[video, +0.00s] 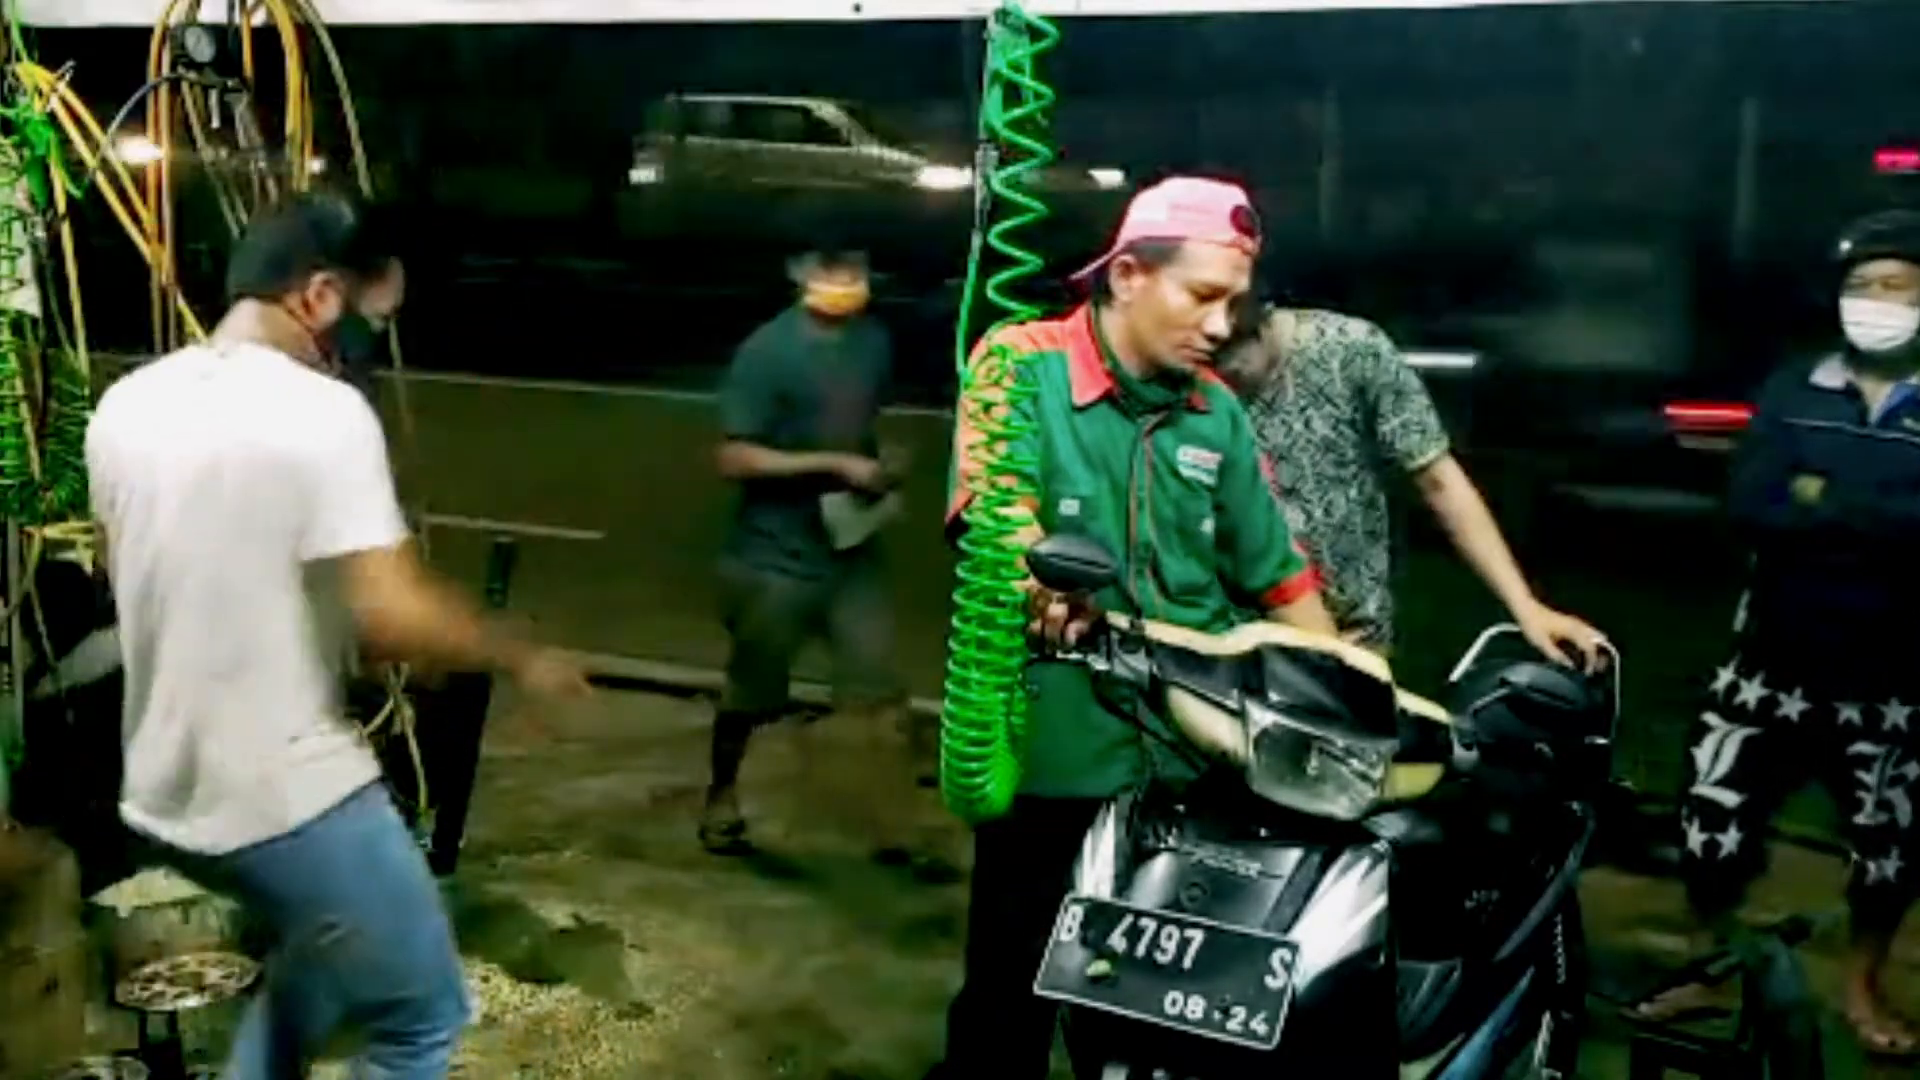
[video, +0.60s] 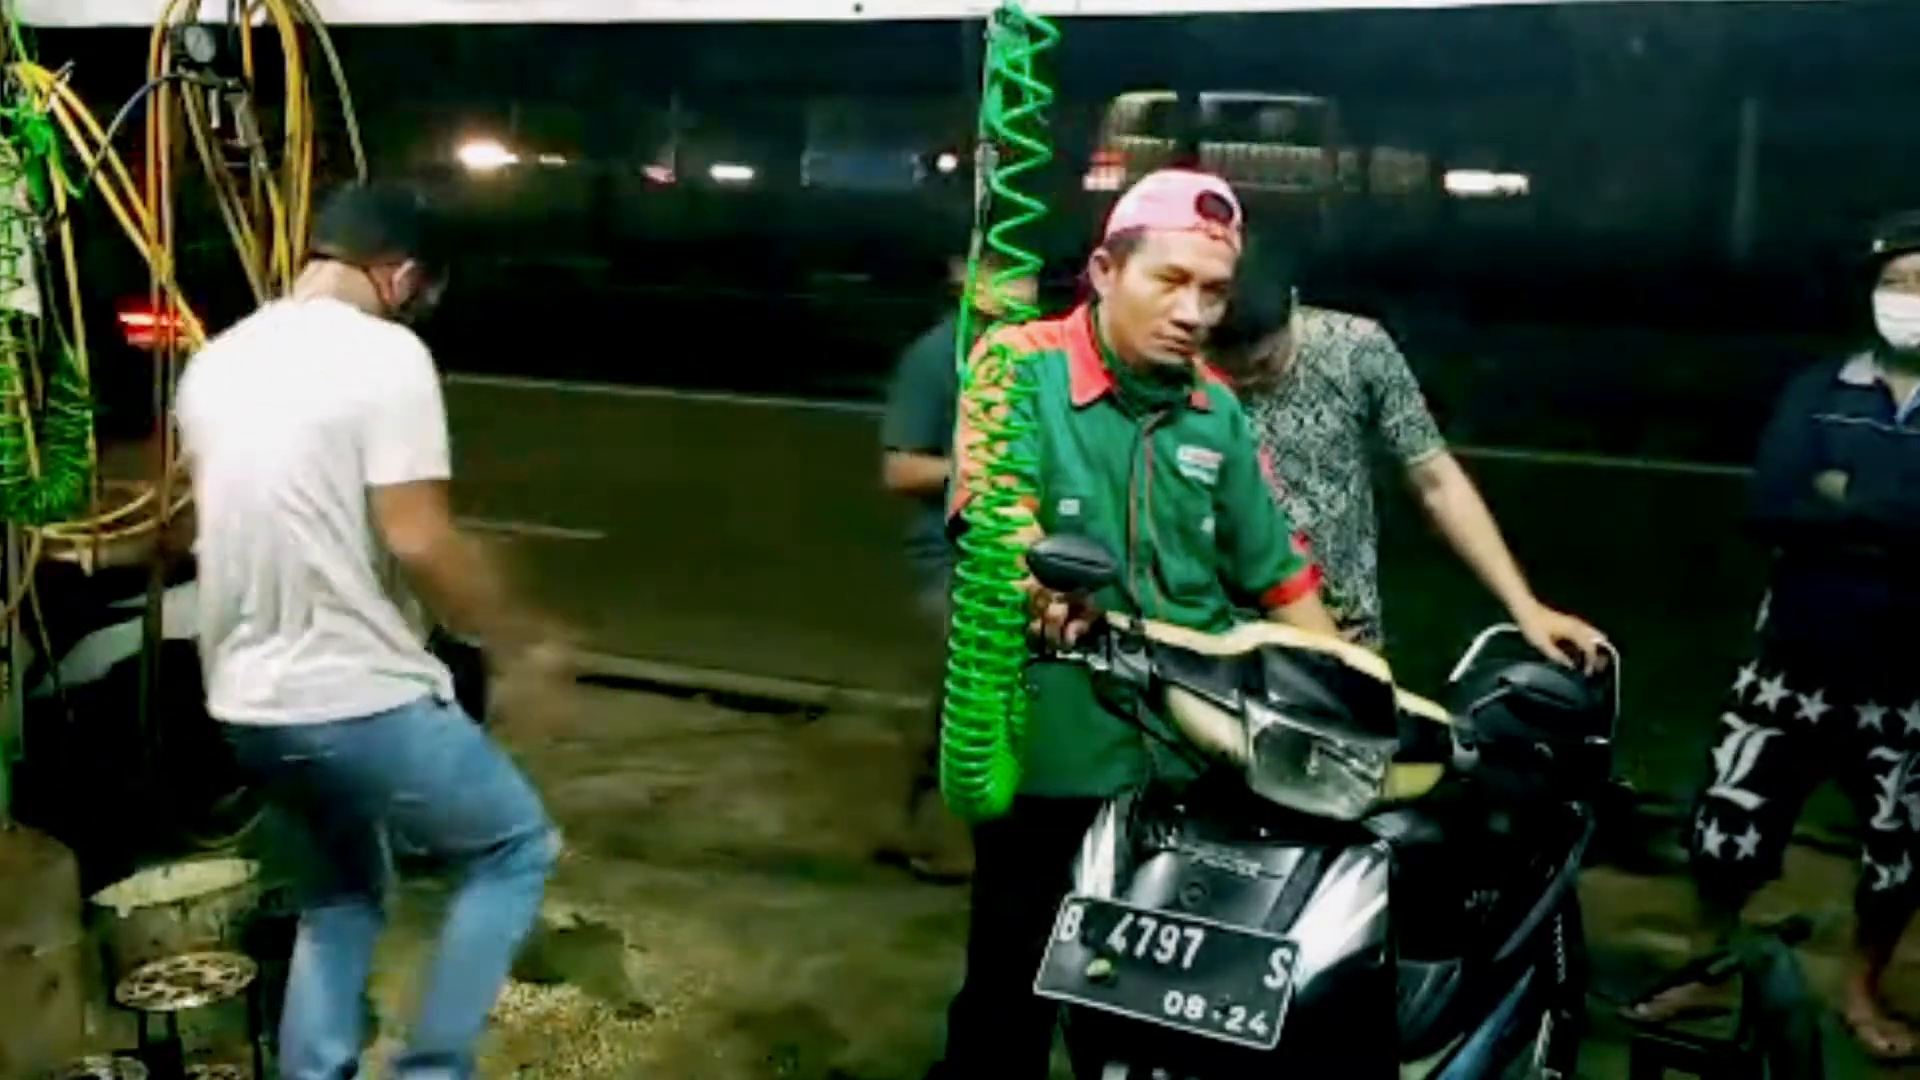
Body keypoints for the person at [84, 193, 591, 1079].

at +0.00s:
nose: (355, 335)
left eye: (362, 316)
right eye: (354, 313)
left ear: (240, 293)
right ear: (311, 296)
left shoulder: (123, 407)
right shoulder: (326, 415)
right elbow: (388, 610)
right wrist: (520, 655)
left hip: (162, 781)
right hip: (291, 786)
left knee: (302, 969)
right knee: (424, 1017)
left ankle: (253, 1070)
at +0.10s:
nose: (359, 333)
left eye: (367, 319)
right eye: (364, 314)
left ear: (250, 283)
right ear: (331, 289)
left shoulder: (131, 388)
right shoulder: (346, 393)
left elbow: (60, 567)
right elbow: (479, 551)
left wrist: (78, 657)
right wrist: (547, 556)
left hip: (185, 775)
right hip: (316, 780)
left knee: (326, 932)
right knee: (418, 1012)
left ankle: (289, 1068)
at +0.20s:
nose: (379, 299)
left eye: (386, 283)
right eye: (383, 281)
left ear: (272, 253)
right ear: (353, 262)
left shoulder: (147, 337)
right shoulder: (374, 338)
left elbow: (12, 428)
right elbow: (563, 406)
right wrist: (553, 373)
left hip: (201, 737)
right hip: (330, 748)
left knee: (292, 967)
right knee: (389, 1000)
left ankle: (291, 1075)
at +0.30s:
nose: (401, 279)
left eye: (402, 265)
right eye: (401, 264)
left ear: (286, 244)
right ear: (371, 253)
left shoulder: (166, 310)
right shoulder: (406, 315)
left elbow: (11, 360)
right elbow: (580, 313)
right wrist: (551, 355)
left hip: (206, 720)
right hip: (339, 726)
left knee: (284, 946)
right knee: (377, 972)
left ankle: (282, 1071)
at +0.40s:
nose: (412, 284)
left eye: (413, 273)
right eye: (415, 272)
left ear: (303, 241)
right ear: (389, 258)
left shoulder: (181, 308)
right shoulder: (407, 321)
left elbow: (14, 387)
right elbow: (574, 380)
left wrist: (19, 553)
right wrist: (555, 343)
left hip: (212, 707)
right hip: (346, 713)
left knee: (301, 925)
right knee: (422, 922)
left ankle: (293, 1068)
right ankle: (367, 1067)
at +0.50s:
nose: (414, 292)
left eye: (415, 278)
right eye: (415, 276)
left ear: (304, 249)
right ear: (390, 261)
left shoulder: (184, 326)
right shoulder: (400, 337)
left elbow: (67, 447)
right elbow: (514, 484)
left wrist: (135, 546)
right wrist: (580, 442)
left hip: (220, 698)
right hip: (351, 698)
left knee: (317, 905)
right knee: (465, 889)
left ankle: (305, 1069)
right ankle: (385, 1067)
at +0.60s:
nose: (415, 304)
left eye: (419, 289)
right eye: (419, 287)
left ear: (317, 255)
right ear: (397, 274)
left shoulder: (215, 359)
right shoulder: (387, 355)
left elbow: (197, 514)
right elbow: (419, 539)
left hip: (246, 700)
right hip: (359, 697)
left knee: (345, 889)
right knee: (515, 846)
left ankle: (311, 1069)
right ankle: (436, 1062)